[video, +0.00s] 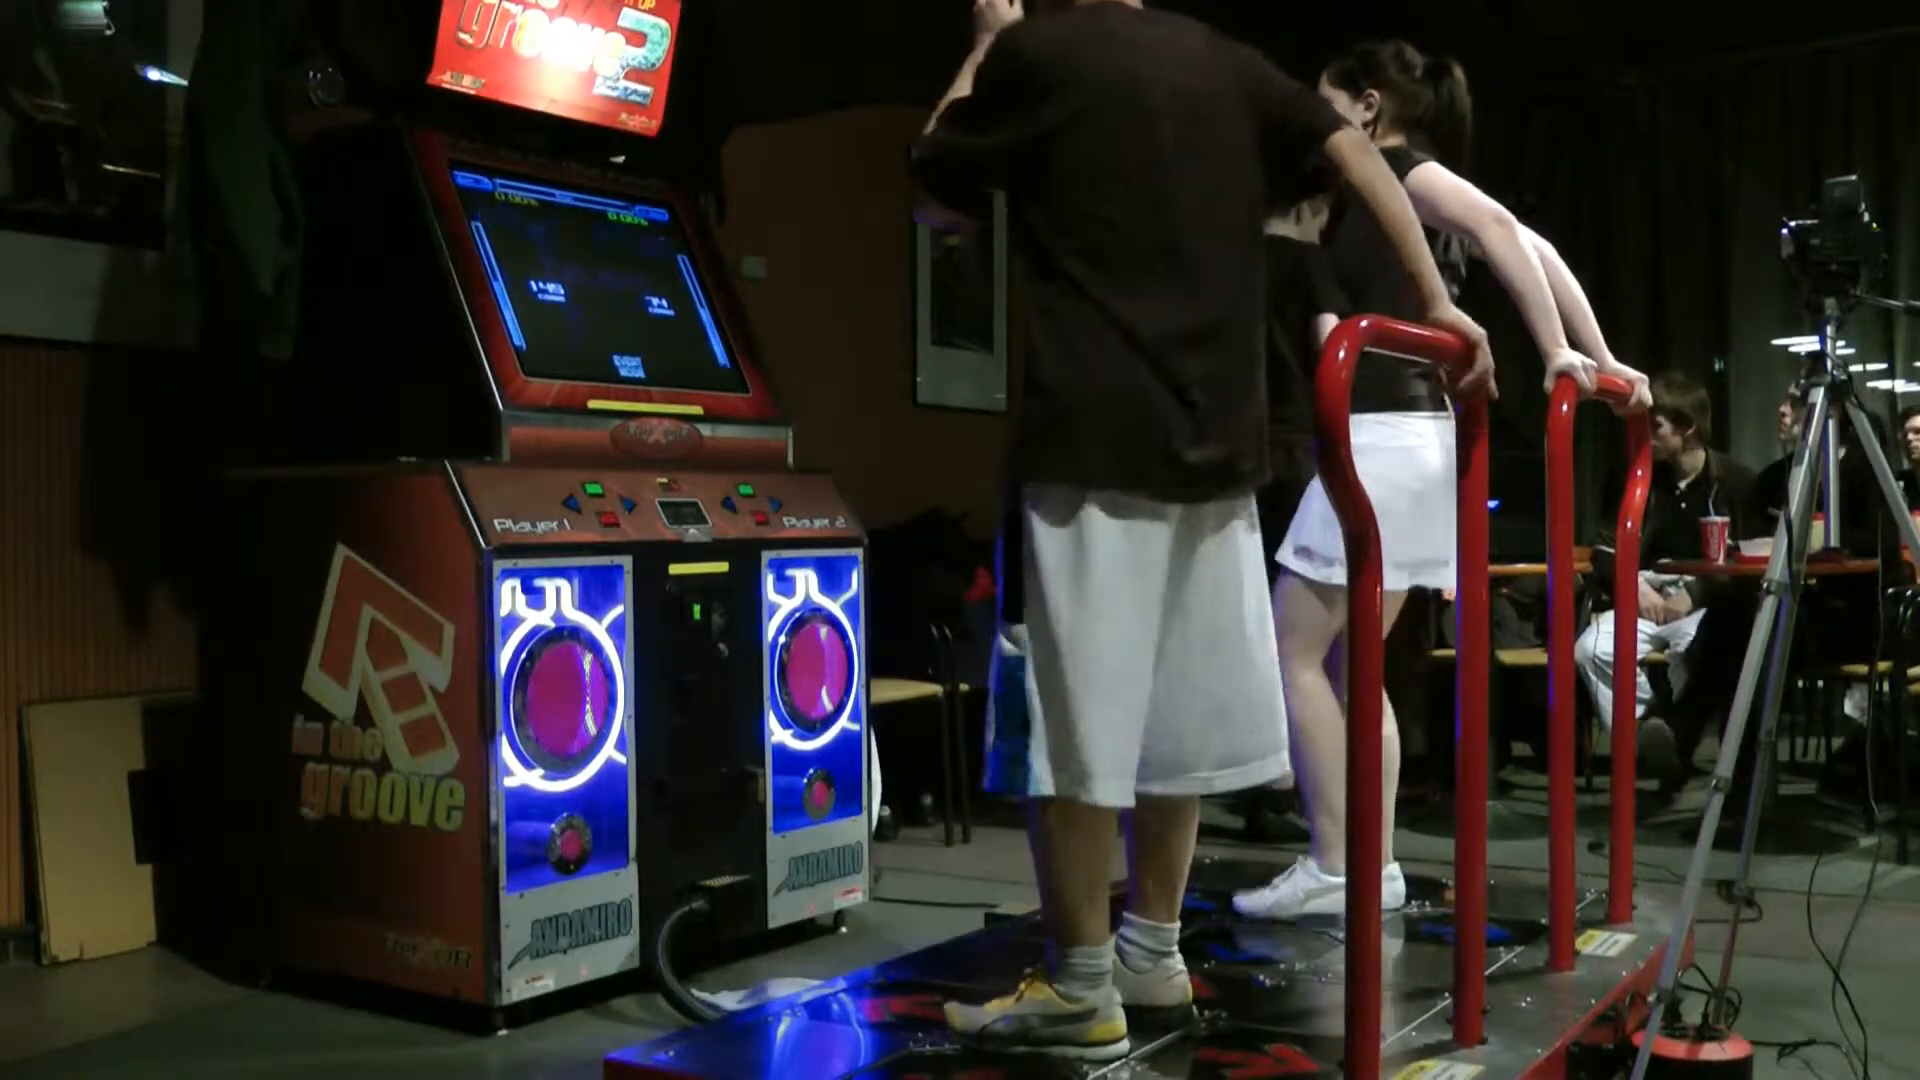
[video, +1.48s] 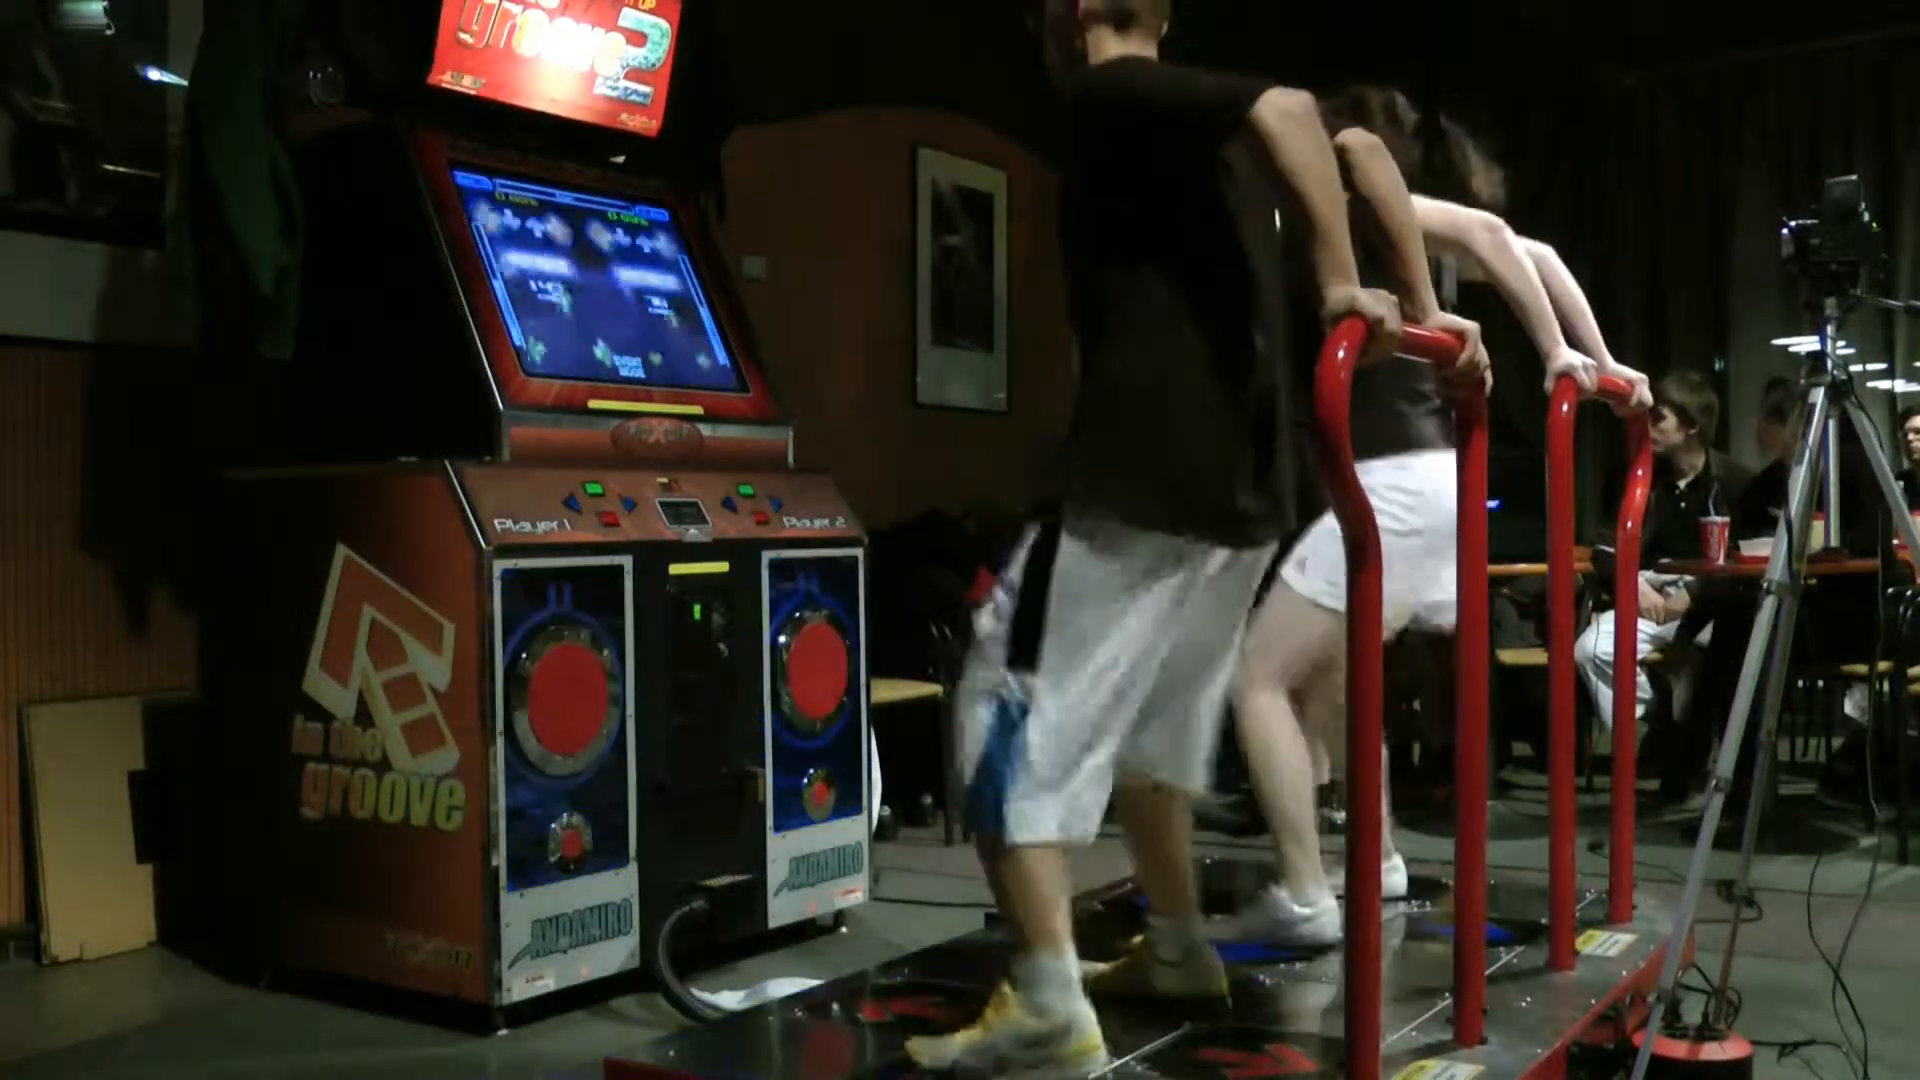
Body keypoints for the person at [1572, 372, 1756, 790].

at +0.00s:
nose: (1649, 435)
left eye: (1657, 426)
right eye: (1648, 425)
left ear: (1689, 427)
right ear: (1646, 425)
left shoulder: (1734, 480)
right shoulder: (1642, 477)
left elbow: (1747, 559)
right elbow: (1606, 547)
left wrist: (1692, 595)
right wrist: (1634, 587)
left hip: (1701, 601)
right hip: (1643, 597)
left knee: (1694, 650)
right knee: (1596, 648)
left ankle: (1678, 750)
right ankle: (1649, 739)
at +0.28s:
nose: (1649, 426)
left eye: (1658, 418)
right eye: (1650, 418)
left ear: (1687, 426)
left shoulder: (1735, 481)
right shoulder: (1643, 476)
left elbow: (1750, 559)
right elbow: (1607, 549)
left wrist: (1692, 598)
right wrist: (1636, 588)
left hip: (1706, 602)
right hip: (1647, 598)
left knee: (1695, 648)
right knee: (1595, 648)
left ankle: (1677, 741)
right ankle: (1650, 743)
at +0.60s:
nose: (1650, 425)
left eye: (1660, 417)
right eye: (1651, 417)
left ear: (1689, 425)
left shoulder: (1734, 480)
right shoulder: (1645, 474)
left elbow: (1745, 561)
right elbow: (1606, 548)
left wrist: (1692, 595)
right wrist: (1634, 588)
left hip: (1701, 600)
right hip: (1644, 595)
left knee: (1696, 652)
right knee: (1595, 649)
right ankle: (1646, 751)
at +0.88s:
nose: (1650, 425)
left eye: (1659, 417)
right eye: (1650, 417)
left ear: (1689, 425)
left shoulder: (1734, 480)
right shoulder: (1644, 474)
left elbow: (1747, 560)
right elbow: (1607, 546)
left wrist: (1692, 596)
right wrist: (1634, 587)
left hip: (1703, 603)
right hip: (1645, 599)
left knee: (1698, 652)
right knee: (1596, 648)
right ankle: (1646, 748)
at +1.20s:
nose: (1651, 425)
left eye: (1660, 417)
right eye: (1651, 416)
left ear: (1689, 425)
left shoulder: (1733, 480)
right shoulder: (1646, 474)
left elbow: (1743, 558)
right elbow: (1610, 544)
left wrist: (1690, 595)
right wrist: (1635, 587)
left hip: (1707, 600)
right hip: (1649, 596)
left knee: (1696, 649)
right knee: (1595, 648)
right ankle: (1648, 746)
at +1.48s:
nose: (1649, 428)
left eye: (1659, 419)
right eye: (1649, 418)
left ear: (1691, 426)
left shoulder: (1734, 481)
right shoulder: (1646, 477)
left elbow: (1744, 560)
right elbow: (1606, 548)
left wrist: (1690, 596)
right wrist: (1634, 588)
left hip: (1709, 598)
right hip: (1651, 593)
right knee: (1592, 649)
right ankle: (1651, 734)